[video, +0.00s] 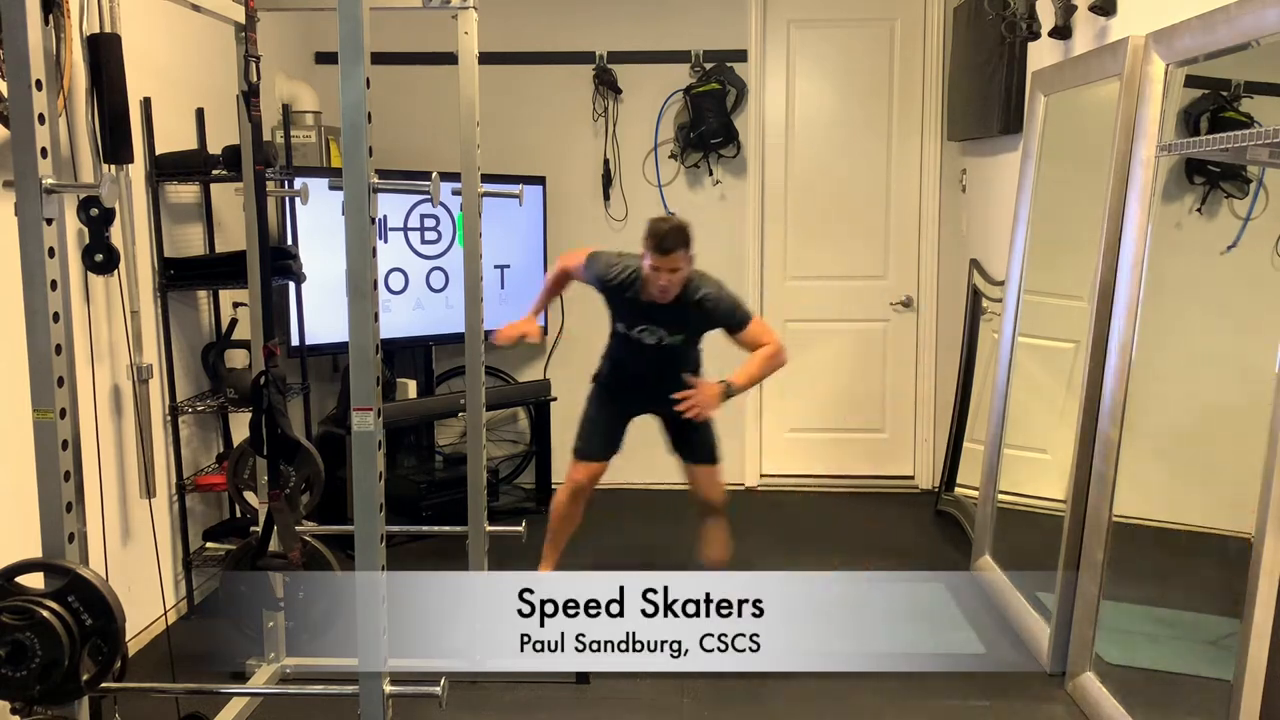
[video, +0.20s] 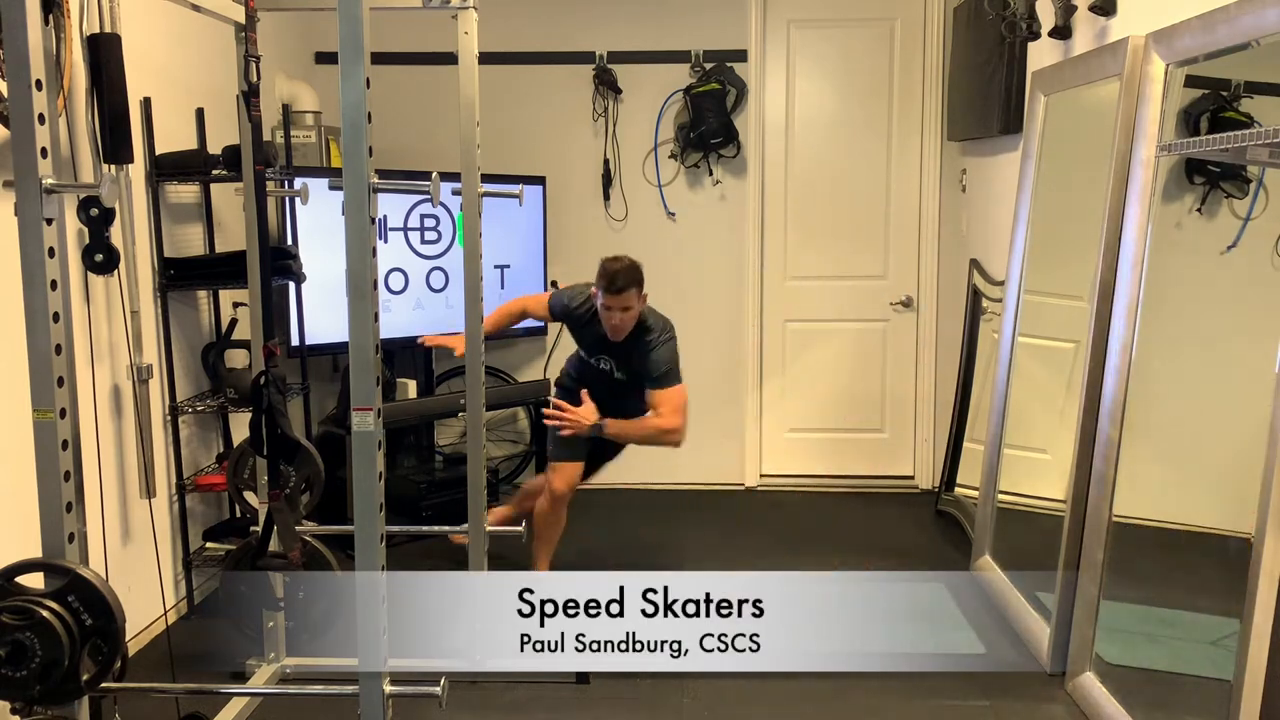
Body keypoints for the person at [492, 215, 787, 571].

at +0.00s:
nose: (665, 280)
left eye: (674, 271)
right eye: (656, 269)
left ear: (689, 262)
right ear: (644, 258)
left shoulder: (707, 296)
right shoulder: (617, 274)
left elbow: (774, 352)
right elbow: (565, 266)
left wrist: (724, 389)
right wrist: (533, 316)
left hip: (679, 393)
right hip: (616, 387)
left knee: (712, 498)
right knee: (578, 482)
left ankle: (715, 590)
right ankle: (545, 572)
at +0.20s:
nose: (616, 320)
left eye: (626, 310)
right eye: (608, 309)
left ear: (642, 300)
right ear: (596, 296)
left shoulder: (659, 336)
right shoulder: (577, 304)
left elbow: (671, 428)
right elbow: (522, 306)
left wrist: (600, 426)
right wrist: (469, 337)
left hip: (622, 415)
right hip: (577, 393)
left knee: (556, 483)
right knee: (560, 489)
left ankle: (491, 520)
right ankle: (541, 575)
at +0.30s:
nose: (611, 331)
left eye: (621, 321)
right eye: (603, 321)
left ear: (636, 311)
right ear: (592, 308)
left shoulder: (654, 344)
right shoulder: (574, 312)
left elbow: (656, 441)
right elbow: (514, 317)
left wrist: (583, 428)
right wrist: (459, 352)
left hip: (613, 416)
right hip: (568, 393)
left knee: (539, 476)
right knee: (552, 487)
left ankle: (468, 511)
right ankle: (539, 576)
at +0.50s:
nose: (637, 315)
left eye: (645, 305)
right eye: (628, 306)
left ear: (657, 294)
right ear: (611, 295)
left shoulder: (674, 327)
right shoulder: (582, 317)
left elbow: (722, 391)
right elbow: (506, 357)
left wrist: (695, 448)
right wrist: (480, 425)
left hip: (632, 404)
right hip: (576, 396)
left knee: (628, 502)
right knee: (555, 489)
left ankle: (599, 517)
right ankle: (539, 572)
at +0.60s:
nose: (659, 293)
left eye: (667, 282)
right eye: (649, 283)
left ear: (676, 273)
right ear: (630, 274)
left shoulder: (693, 301)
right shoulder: (602, 310)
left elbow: (755, 338)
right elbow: (543, 377)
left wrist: (762, 405)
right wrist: (556, 456)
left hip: (661, 392)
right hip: (600, 394)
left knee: (706, 488)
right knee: (564, 487)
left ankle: (714, 546)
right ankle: (540, 570)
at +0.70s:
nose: (695, 274)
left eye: (703, 263)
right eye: (685, 264)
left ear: (712, 252)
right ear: (665, 254)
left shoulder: (729, 270)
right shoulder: (638, 293)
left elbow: (781, 293)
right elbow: (614, 379)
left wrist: (803, 354)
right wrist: (670, 430)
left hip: (708, 372)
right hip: (648, 376)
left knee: (755, 466)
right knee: (601, 468)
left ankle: (808, 561)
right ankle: (555, 563)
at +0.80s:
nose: (730, 273)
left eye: (738, 262)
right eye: (720, 263)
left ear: (748, 251)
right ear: (700, 253)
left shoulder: (765, 268)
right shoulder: (680, 296)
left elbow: (808, 275)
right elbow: (694, 387)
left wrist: (828, 318)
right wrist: (778, 389)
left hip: (754, 373)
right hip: (693, 378)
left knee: (800, 478)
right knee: (651, 481)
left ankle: (850, 575)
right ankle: (645, 530)